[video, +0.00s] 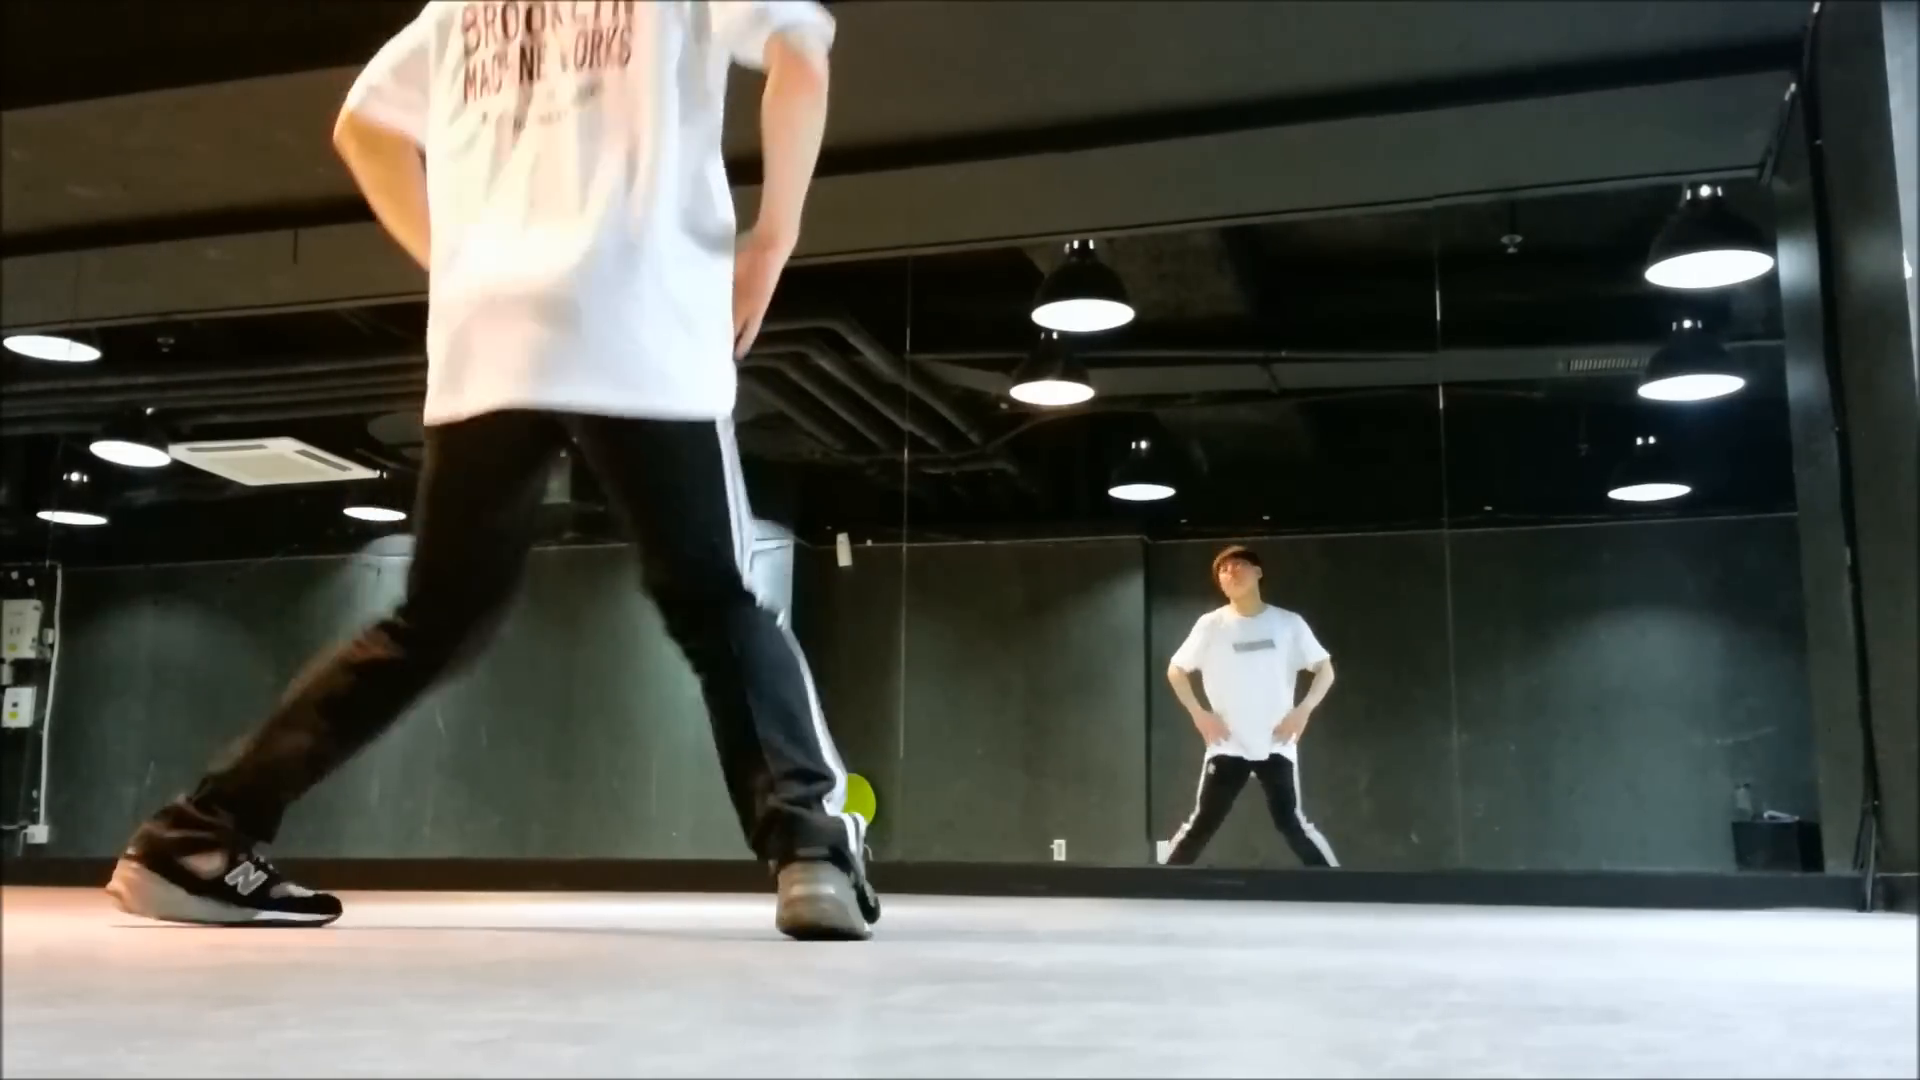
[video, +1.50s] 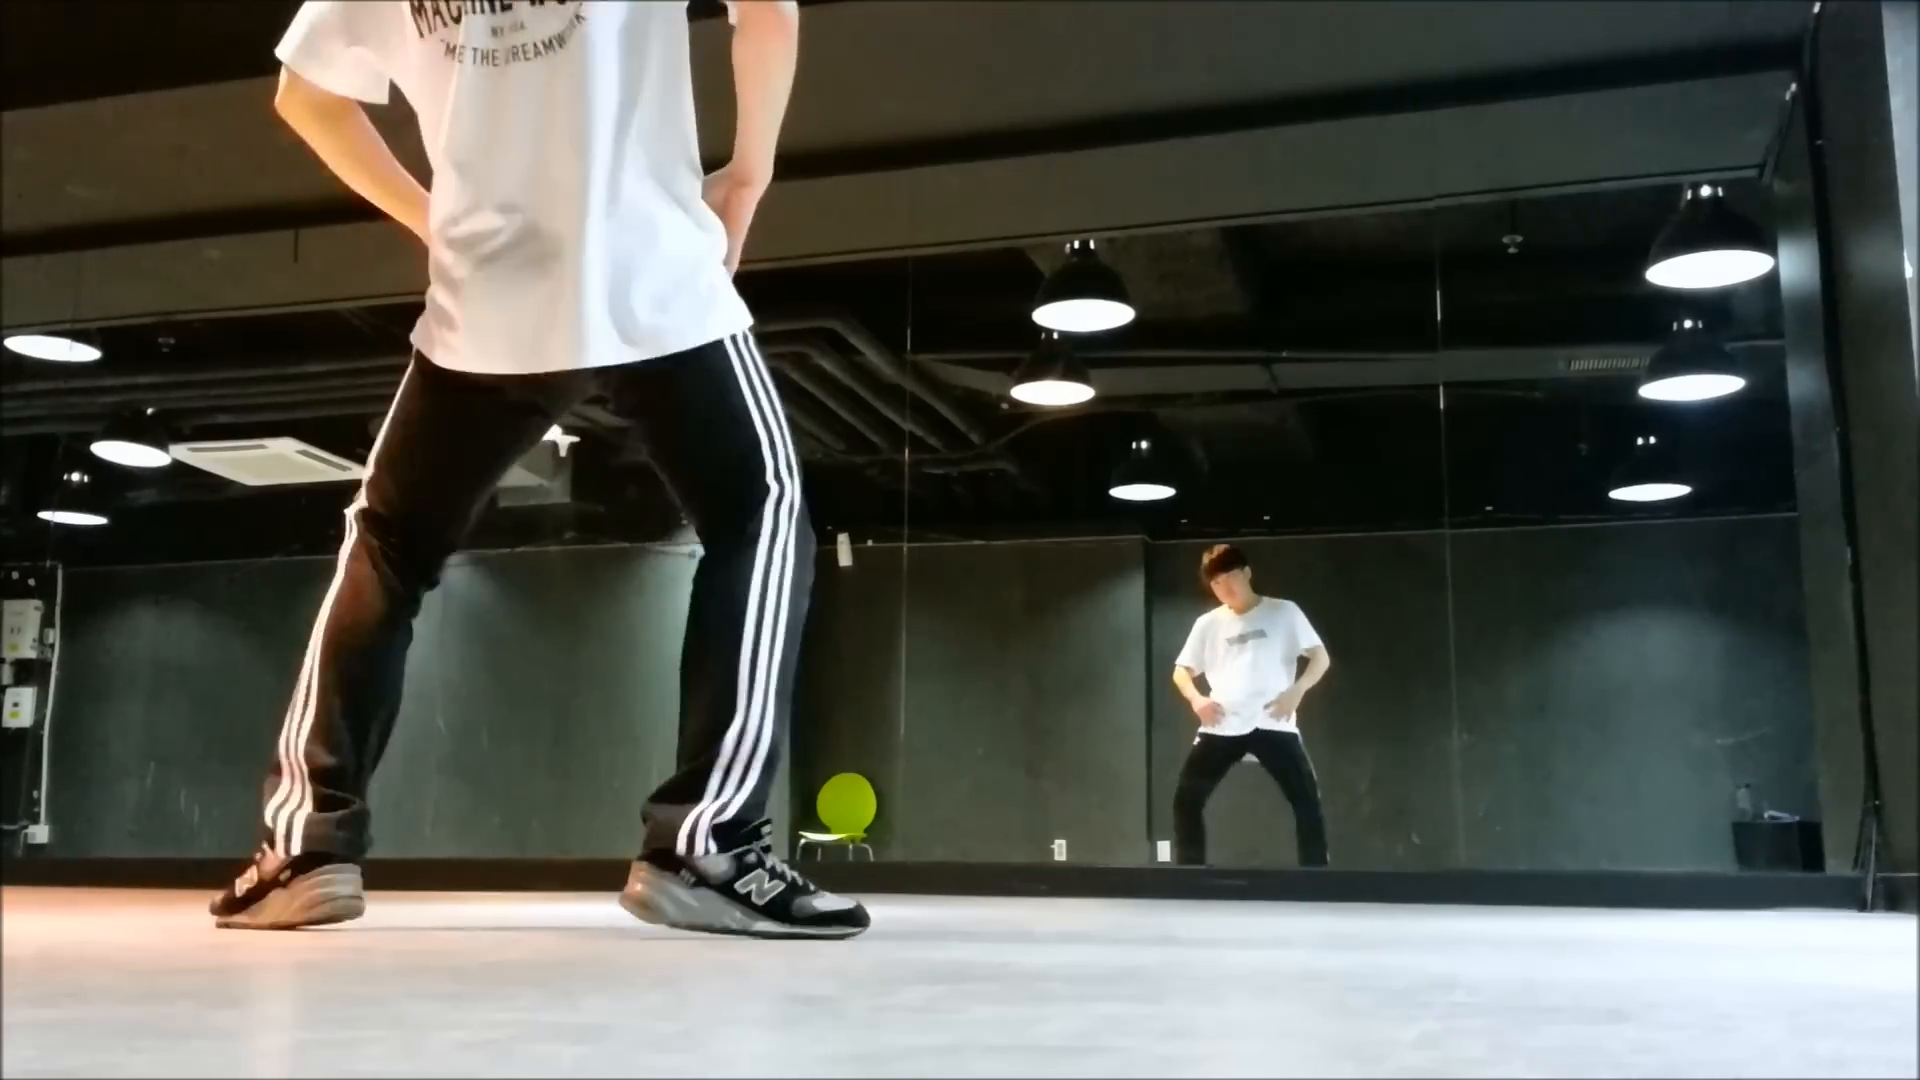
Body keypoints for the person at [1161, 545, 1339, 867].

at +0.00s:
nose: (1231, 572)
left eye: (1239, 565)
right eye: (1225, 569)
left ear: (1257, 572)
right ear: (1220, 582)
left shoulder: (1290, 624)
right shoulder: (1210, 625)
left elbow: (1326, 671)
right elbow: (1176, 671)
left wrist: (1303, 711)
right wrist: (1199, 715)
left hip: (1277, 745)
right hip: (1227, 745)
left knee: (1292, 825)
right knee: (1201, 826)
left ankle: (1339, 889)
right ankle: (1160, 888)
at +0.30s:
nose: (1222, 591)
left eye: (1226, 581)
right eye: (1214, 587)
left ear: (1246, 578)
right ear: (1211, 594)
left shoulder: (1288, 624)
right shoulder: (1209, 632)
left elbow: (1322, 673)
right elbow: (1177, 678)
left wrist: (1292, 716)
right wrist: (1199, 713)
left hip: (1274, 746)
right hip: (1223, 746)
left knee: (1294, 822)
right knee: (1189, 821)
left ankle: (1327, 891)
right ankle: (1179, 895)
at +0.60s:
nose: (1223, 576)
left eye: (1227, 567)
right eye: (1215, 572)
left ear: (1246, 565)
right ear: (1211, 580)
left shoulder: (1289, 612)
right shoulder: (1210, 619)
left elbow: (1322, 660)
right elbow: (1189, 672)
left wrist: (1300, 700)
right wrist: (1203, 701)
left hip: (1279, 733)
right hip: (1224, 735)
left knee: (1319, 801)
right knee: (1184, 799)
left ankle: (1316, 886)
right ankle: (1187, 885)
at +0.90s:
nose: (1224, 565)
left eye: (1231, 558)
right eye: (1217, 563)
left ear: (1250, 565)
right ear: (1214, 577)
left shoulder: (1288, 611)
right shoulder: (1208, 619)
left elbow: (1324, 656)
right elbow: (1176, 665)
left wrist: (1304, 700)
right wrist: (1199, 707)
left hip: (1283, 736)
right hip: (1229, 738)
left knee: (1311, 815)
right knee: (1194, 812)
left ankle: (1343, 889)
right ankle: (1163, 884)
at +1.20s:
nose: (1226, 596)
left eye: (1231, 587)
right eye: (1218, 591)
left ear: (1250, 586)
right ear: (1214, 598)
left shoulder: (1286, 634)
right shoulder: (1209, 642)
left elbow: (1321, 682)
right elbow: (1180, 688)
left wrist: (1294, 721)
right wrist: (1199, 724)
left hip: (1271, 753)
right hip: (1224, 753)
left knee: (1279, 831)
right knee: (1206, 830)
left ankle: (1327, 889)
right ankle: (1170, 891)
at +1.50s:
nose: (1225, 588)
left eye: (1230, 579)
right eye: (1217, 583)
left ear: (1247, 574)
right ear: (1211, 587)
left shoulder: (1285, 612)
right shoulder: (1207, 624)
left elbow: (1320, 658)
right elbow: (1181, 672)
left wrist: (1296, 691)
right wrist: (1196, 699)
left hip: (1274, 727)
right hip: (1222, 729)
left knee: (1308, 803)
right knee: (1186, 800)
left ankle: (1316, 883)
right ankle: (1191, 883)